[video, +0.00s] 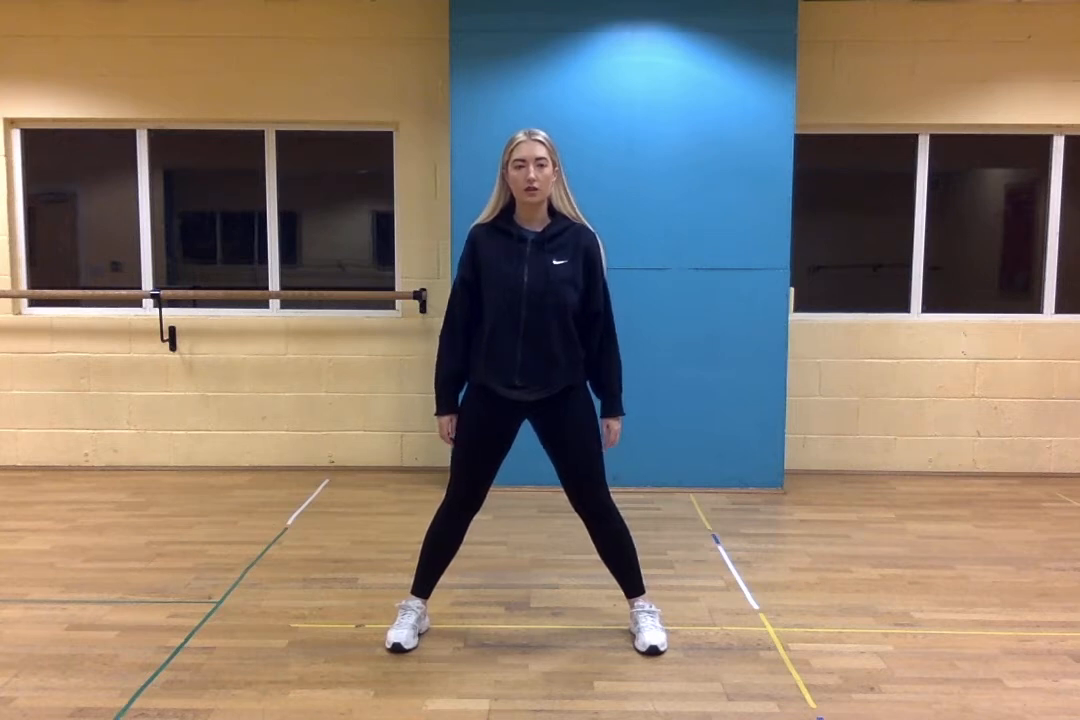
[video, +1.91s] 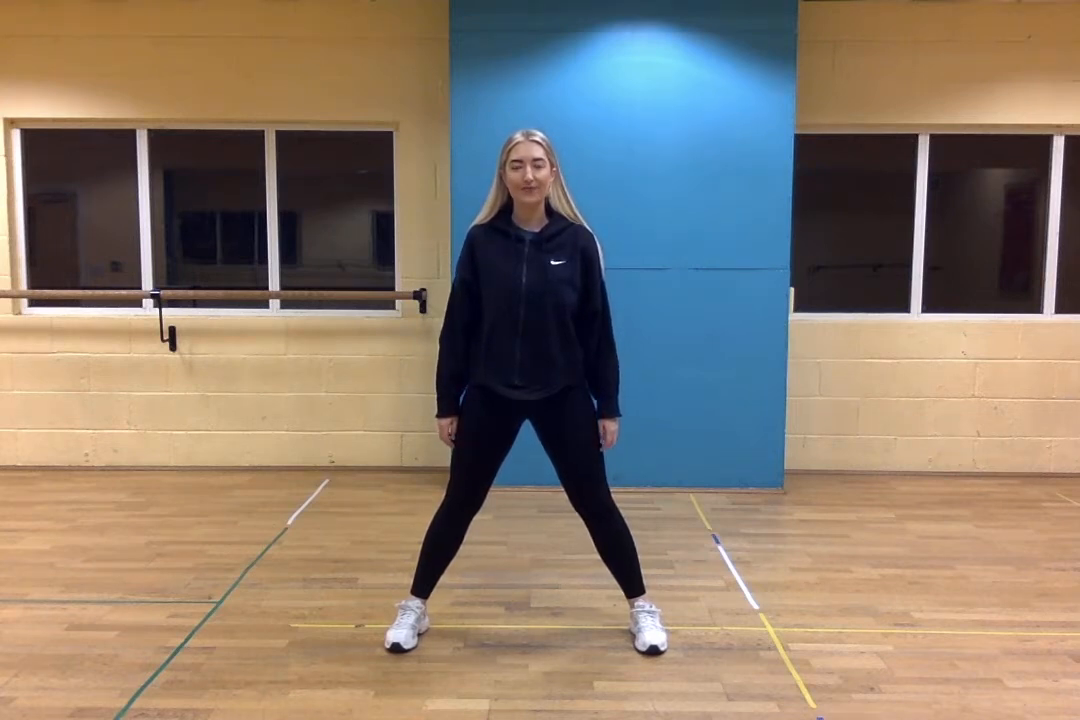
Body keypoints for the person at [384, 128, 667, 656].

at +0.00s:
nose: (531, 173)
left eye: (540, 164)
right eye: (520, 164)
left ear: (555, 172)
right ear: (506, 174)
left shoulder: (581, 240)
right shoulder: (484, 237)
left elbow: (599, 323)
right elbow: (458, 319)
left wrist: (611, 403)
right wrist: (446, 399)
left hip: (563, 393)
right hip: (491, 393)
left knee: (594, 502)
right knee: (460, 501)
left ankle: (641, 607)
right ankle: (414, 606)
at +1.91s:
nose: (528, 173)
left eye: (537, 164)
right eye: (517, 165)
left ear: (553, 172)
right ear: (504, 175)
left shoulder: (578, 239)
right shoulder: (482, 238)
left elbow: (597, 325)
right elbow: (458, 321)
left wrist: (608, 405)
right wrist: (448, 402)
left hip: (563, 394)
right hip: (491, 393)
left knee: (595, 502)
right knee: (460, 501)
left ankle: (641, 607)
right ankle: (414, 606)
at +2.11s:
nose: (528, 173)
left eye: (537, 164)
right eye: (517, 165)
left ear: (552, 172)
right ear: (503, 175)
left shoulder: (578, 240)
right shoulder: (482, 238)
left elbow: (597, 325)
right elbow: (458, 322)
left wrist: (608, 405)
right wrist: (448, 402)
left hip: (563, 394)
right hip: (491, 394)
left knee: (594, 503)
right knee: (460, 501)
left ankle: (641, 607)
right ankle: (414, 606)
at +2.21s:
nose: (528, 173)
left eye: (537, 164)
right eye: (517, 165)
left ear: (552, 172)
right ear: (503, 175)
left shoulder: (578, 240)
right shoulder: (481, 238)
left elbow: (597, 325)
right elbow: (457, 322)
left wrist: (607, 405)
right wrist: (447, 402)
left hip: (563, 394)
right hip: (491, 394)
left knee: (595, 502)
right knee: (459, 501)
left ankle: (641, 607)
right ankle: (413, 606)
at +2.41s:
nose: (528, 173)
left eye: (538, 164)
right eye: (517, 165)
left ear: (553, 173)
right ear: (504, 175)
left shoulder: (578, 240)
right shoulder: (481, 238)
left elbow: (597, 325)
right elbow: (457, 322)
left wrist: (608, 405)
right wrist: (448, 402)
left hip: (564, 394)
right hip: (492, 394)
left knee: (595, 503)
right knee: (460, 501)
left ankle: (641, 607)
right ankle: (413, 606)